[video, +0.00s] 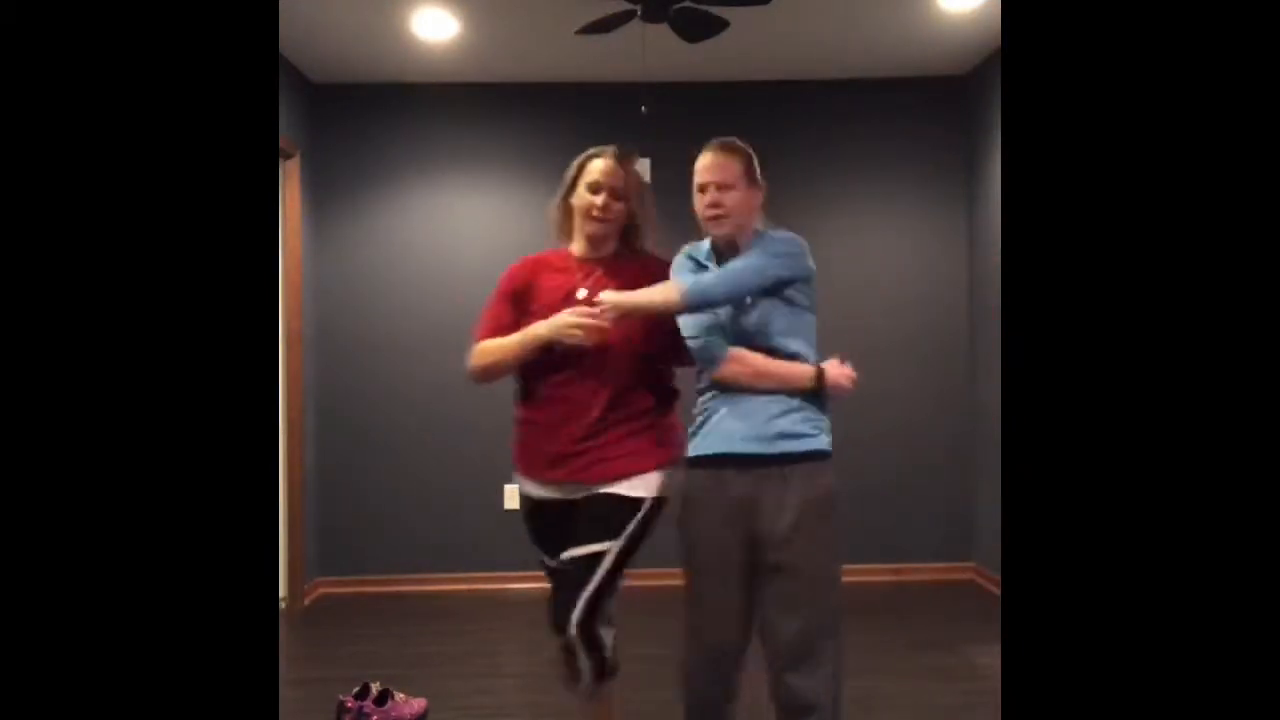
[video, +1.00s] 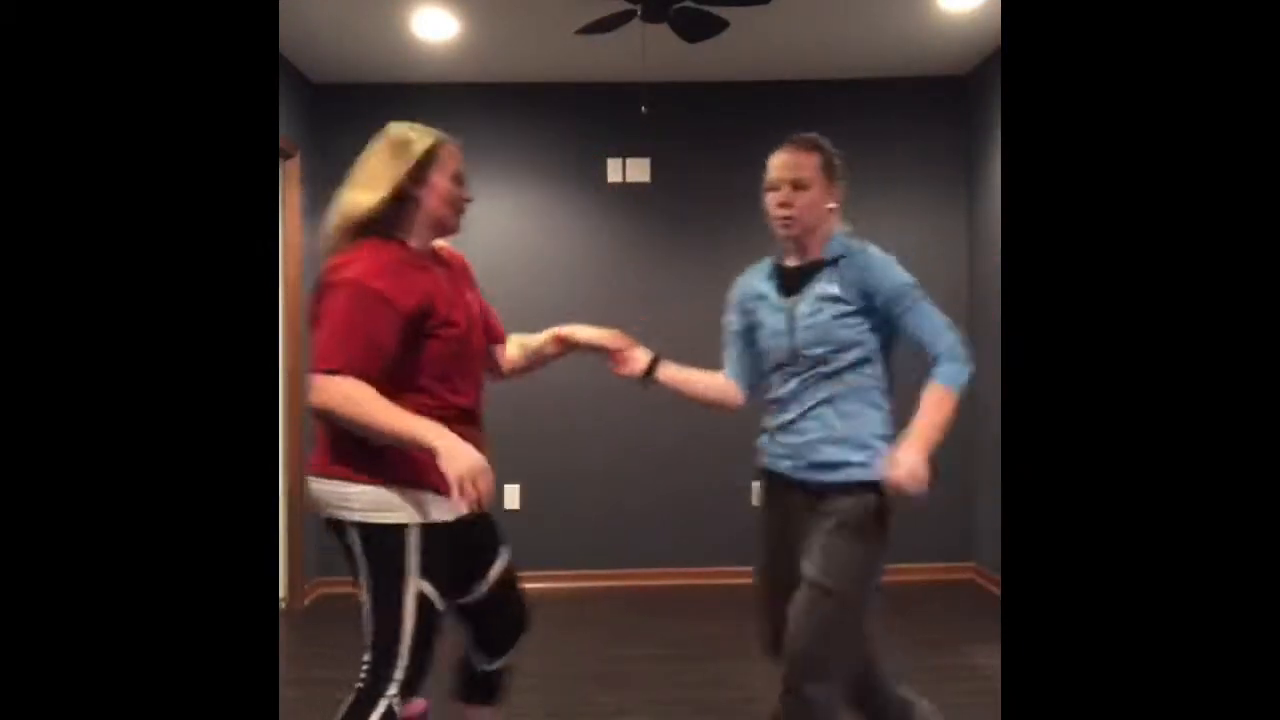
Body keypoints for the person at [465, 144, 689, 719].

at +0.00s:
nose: (603, 202)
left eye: (617, 194)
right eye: (593, 188)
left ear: (632, 208)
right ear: (570, 196)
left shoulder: (656, 278)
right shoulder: (529, 275)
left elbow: (695, 360)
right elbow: (479, 362)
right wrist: (546, 330)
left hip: (632, 469)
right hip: (546, 473)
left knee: (573, 618)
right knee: (580, 623)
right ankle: (600, 703)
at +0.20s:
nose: (578, 198)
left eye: (590, 190)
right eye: (566, 183)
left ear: (599, 207)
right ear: (534, 191)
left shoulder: (616, 284)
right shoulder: (474, 272)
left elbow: (711, 340)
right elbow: (413, 364)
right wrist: (509, 348)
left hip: (578, 492)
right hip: (480, 492)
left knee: (539, 644)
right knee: (498, 636)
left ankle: (538, 713)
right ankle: (545, 691)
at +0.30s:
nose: (556, 196)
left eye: (565, 187)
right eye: (543, 182)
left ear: (572, 201)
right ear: (505, 186)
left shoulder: (585, 283)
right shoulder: (442, 267)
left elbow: (678, 336)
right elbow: (382, 363)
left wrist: (738, 364)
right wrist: (490, 350)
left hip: (550, 501)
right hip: (449, 502)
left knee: (528, 669)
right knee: (460, 675)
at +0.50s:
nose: (498, 189)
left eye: (501, 177)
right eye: (484, 175)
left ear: (503, 186)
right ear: (437, 177)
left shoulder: (499, 274)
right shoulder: (375, 255)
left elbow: (596, 319)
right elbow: (337, 357)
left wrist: (694, 349)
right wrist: (460, 352)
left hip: (474, 494)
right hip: (378, 497)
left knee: (490, 670)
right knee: (376, 674)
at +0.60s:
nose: (462, 192)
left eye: (463, 178)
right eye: (450, 176)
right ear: (402, 174)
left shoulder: (455, 270)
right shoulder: (345, 251)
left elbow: (549, 309)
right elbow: (326, 358)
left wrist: (658, 324)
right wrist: (451, 354)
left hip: (436, 489)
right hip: (351, 493)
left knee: (461, 646)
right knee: (364, 666)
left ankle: (433, 711)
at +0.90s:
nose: (440, 185)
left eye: (439, 173)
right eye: (426, 171)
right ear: (378, 173)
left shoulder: (426, 259)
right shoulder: (331, 266)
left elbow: (496, 329)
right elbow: (299, 387)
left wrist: (588, 315)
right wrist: (429, 409)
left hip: (419, 484)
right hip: (349, 491)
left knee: (457, 631)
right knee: (372, 666)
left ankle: (397, 711)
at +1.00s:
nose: (465, 197)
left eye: (464, 183)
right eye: (454, 181)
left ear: (417, 188)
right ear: (409, 185)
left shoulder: (448, 265)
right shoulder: (367, 272)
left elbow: (500, 357)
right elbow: (329, 387)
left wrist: (557, 339)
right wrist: (440, 439)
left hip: (446, 491)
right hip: (382, 497)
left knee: (501, 623)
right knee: (396, 670)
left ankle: (473, 711)